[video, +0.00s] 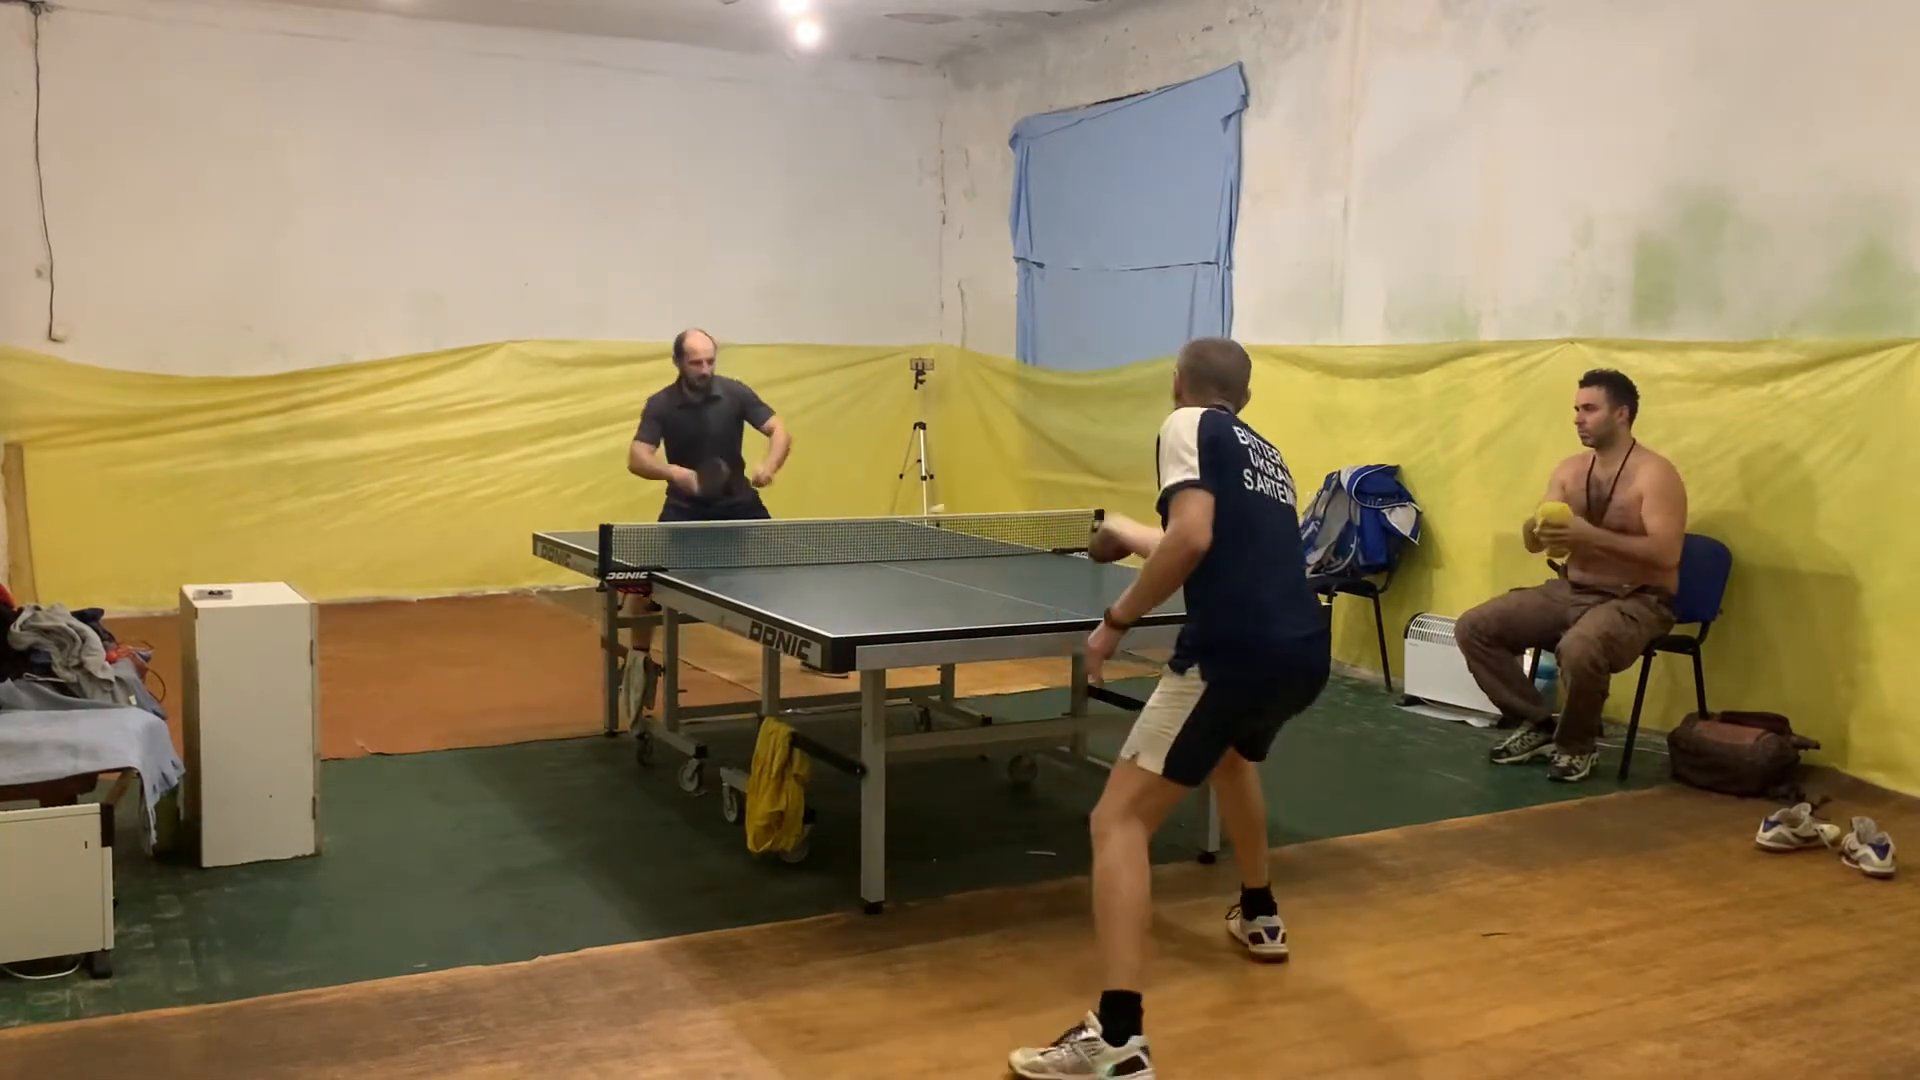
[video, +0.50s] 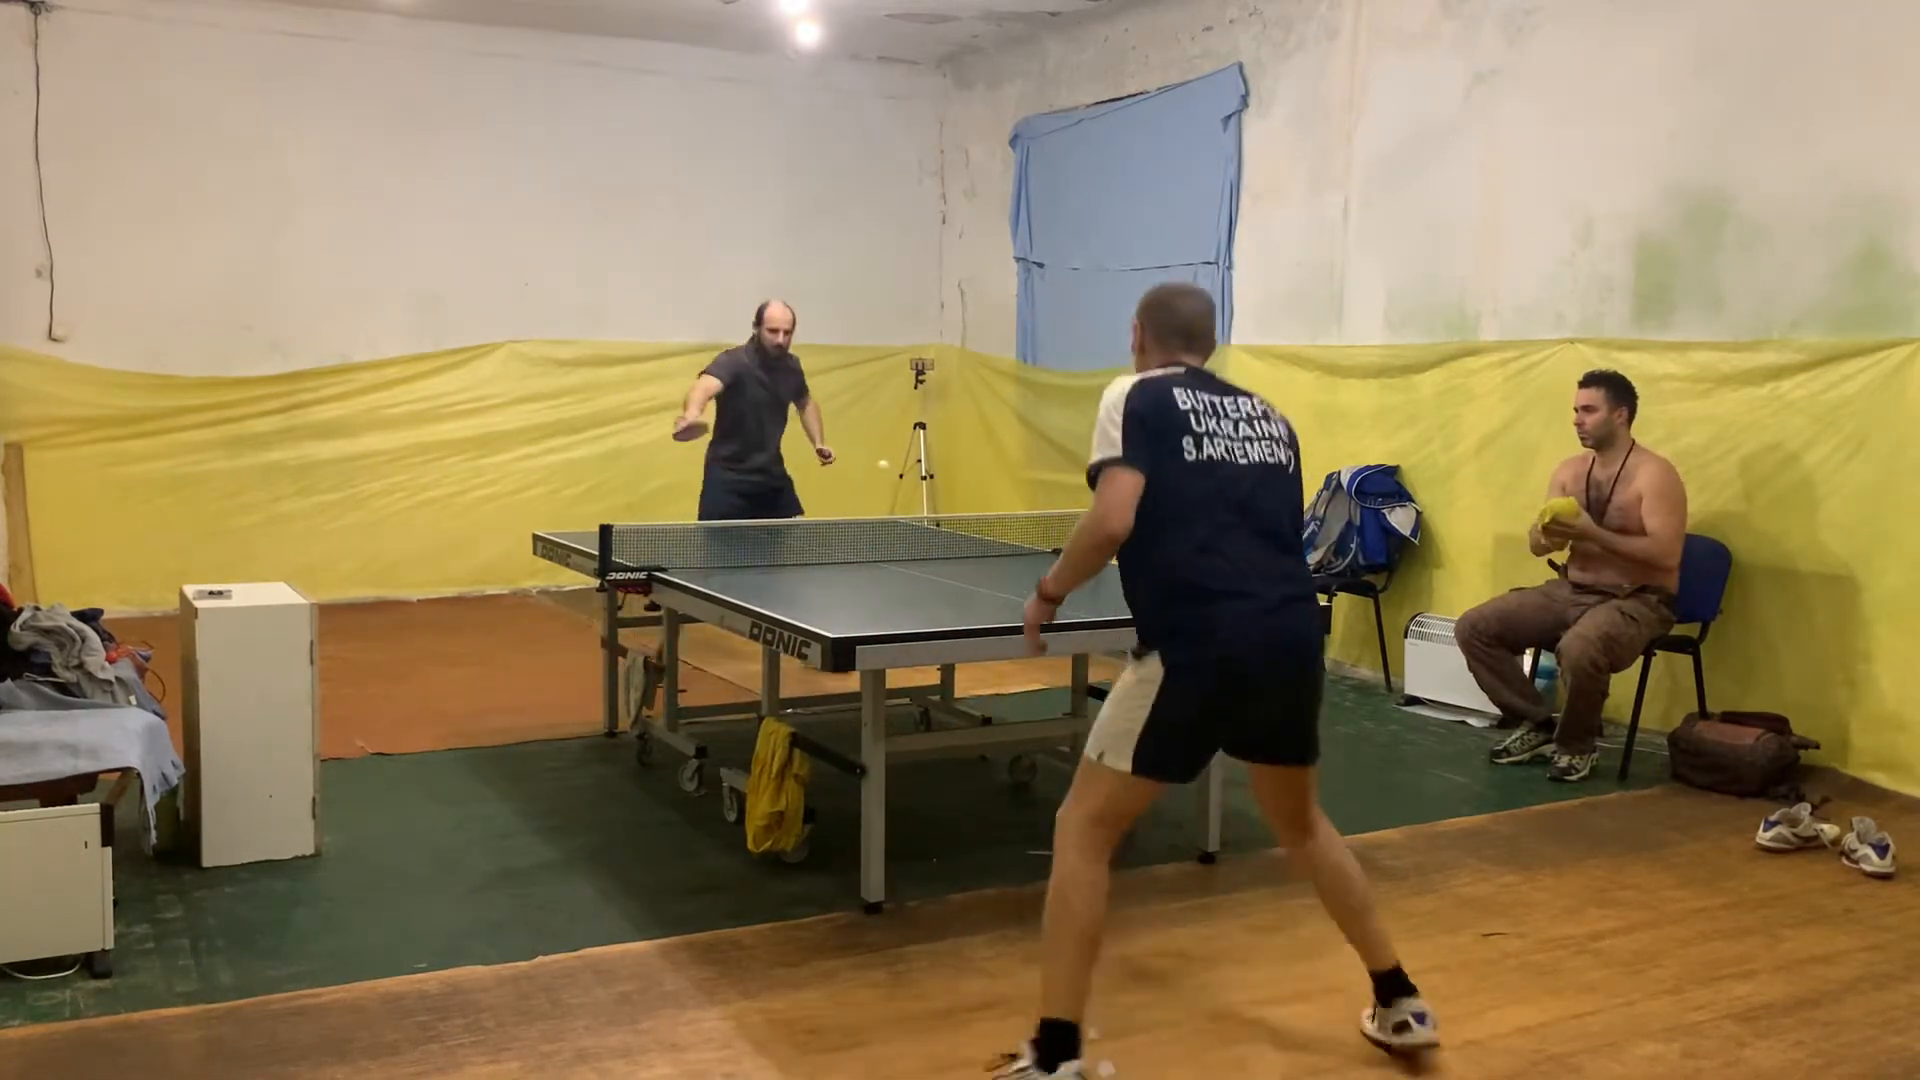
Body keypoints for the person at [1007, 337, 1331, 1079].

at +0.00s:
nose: (1172, 397)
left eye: (1174, 387)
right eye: (1177, 386)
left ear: (1181, 387)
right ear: (1244, 395)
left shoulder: (1188, 426)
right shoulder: (1264, 454)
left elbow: (1189, 534)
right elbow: (1232, 555)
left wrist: (1115, 622)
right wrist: (1132, 539)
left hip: (1229, 653)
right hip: (1304, 653)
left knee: (1118, 820)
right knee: (1232, 753)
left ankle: (1117, 1031)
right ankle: (1260, 914)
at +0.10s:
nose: (1162, 386)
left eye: (1164, 375)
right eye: (1170, 375)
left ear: (1172, 378)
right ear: (1235, 386)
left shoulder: (1179, 425)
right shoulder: (1269, 448)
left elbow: (1179, 543)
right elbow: (1263, 555)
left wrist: (1101, 625)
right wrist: (1155, 560)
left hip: (1217, 660)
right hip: (1293, 656)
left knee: (1106, 826)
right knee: (1231, 763)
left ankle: (1144, 1025)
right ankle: (1260, 916)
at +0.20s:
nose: (1152, 371)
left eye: (1154, 360)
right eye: (1160, 361)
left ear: (1163, 363)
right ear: (1229, 371)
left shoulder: (1155, 417)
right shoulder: (1270, 438)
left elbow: (1143, 542)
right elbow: (1279, 547)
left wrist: (1078, 622)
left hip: (1193, 661)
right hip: (1279, 655)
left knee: (1111, 845)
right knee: (1238, 770)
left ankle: (1164, 1044)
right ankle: (1262, 918)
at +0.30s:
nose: (1146, 348)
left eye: (1148, 338)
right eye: (1158, 338)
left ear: (1156, 339)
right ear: (1226, 348)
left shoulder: (1139, 396)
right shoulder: (1270, 420)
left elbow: (1107, 520)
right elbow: (1284, 534)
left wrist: (1061, 599)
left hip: (1174, 652)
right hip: (1269, 645)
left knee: (1110, 839)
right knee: (1265, 769)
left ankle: (1166, 1053)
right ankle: (1284, 930)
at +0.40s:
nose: (1142, 338)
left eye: (1144, 327)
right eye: (1148, 327)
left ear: (1153, 327)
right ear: (1224, 334)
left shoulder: (1138, 378)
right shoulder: (1273, 404)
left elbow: (1108, 500)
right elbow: (1282, 520)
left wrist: (1058, 580)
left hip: (1179, 640)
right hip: (1278, 636)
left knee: (1087, 812)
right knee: (1280, 782)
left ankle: (1132, 1036)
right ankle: (1345, 957)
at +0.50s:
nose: (1129, 352)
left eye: (1130, 341)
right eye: (1138, 341)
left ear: (1141, 342)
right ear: (1210, 348)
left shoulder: (1134, 394)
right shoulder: (1270, 418)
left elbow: (1114, 520)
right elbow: (1284, 536)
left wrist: (1052, 590)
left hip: (1189, 652)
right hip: (1292, 649)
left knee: (1084, 826)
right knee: (1302, 822)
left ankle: (1056, 1048)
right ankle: (1400, 999)